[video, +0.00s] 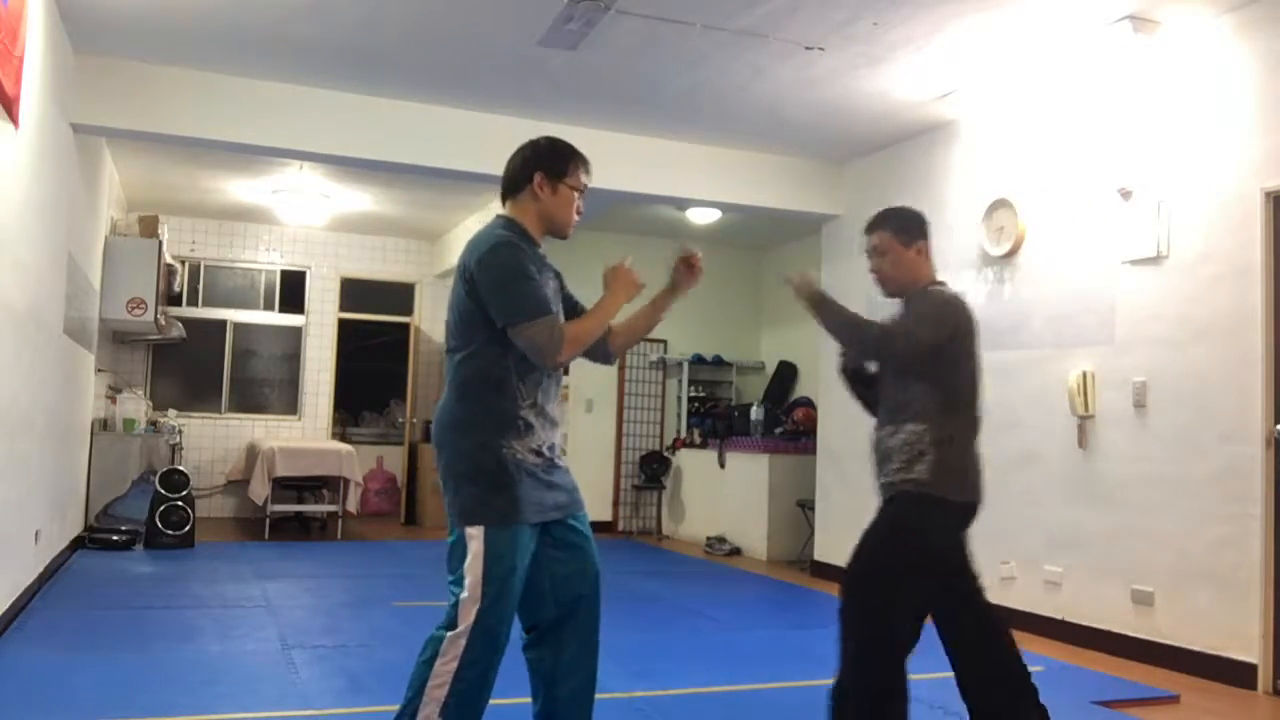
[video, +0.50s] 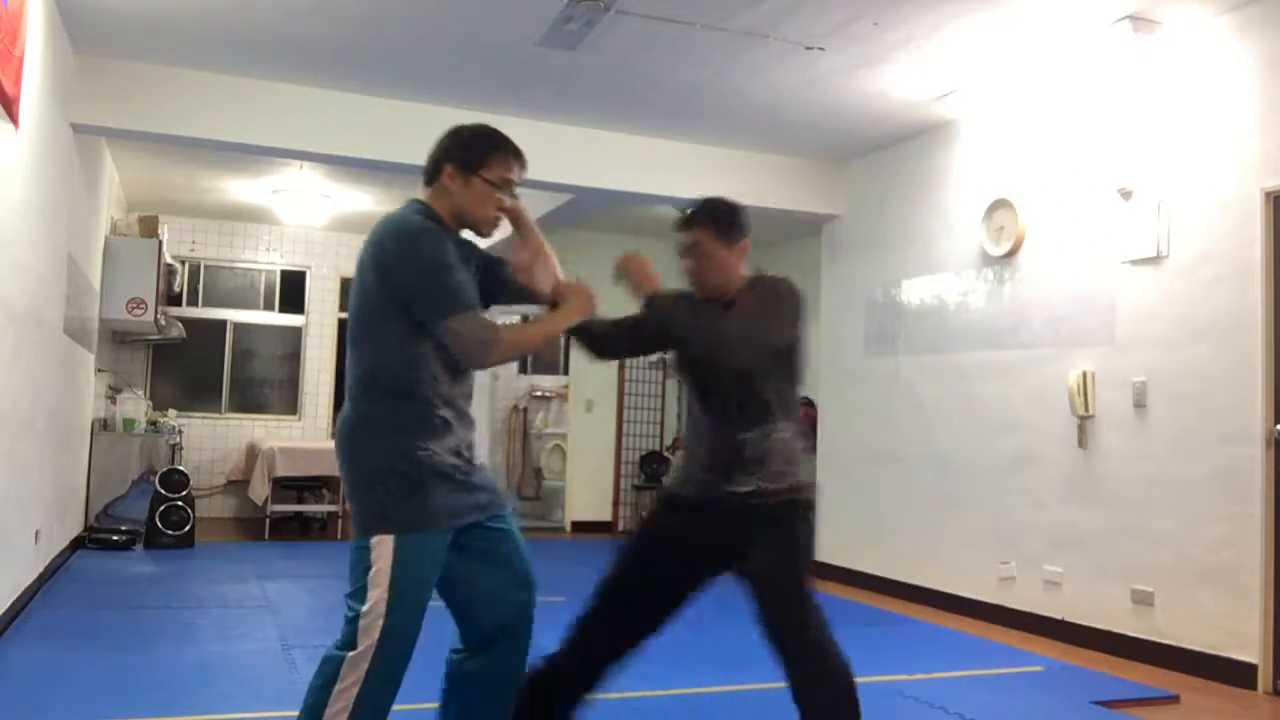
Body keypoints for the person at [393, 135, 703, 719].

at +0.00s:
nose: (583, 204)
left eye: (585, 194)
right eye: (577, 190)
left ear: (540, 189)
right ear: (540, 184)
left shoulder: (540, 267)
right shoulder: (500, 249)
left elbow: (608, 344)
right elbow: (551, 347)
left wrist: (670, 292)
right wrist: (613, 296)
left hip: (541, 459)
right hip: (491, 460)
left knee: (571, 601)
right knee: (480, 619)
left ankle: (564, 715)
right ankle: (427, 716)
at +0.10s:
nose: (580, 217)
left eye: (582, 205)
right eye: (574, 202)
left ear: (535, 198)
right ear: (534, 194)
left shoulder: (529, 267)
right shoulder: (496, 255)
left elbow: (608, 318)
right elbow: (564, 349)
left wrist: (631, 239)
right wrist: (627, 307)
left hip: (530, 470)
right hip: (479, 470)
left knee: (567, 604)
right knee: (462, 623)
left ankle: (563, 716)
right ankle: (395, 714)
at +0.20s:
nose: (567, 221)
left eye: (570, 210)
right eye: (560, 206)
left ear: (519, 202)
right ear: (519, 199)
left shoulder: (513, 264)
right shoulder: (482, 256)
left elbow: (607, 291)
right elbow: (570, 344)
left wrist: (578, 221)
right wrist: (640, 312)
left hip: (510, 484)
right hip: (451, 481)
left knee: (551, 637)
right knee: (417, 629)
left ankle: (561, 713)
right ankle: (347, 714)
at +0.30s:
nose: (546, 215)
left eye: (551, 204)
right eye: (540, 200)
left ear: (499, 195)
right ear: (497, 191)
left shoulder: (488, 258)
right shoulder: (457, 249)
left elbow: (583, 287)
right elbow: (547, 347)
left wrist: (550, 221)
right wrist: (614, 312)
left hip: (477, 475)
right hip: (420, 473)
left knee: (517, 642)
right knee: (384, 634)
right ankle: (323, 716)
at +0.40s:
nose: (527, 208)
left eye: (531, 195)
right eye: (520, 191)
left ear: (475, 187)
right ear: (473, 181)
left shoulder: (468, 253)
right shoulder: (431, 241)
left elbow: (552, 295)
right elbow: (505, 345)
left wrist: (559, 261)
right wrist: (584, 312)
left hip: (458, 464)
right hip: (405, 464)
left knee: (505, 603)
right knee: (383, 625)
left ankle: (506, 718)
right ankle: (325, 719)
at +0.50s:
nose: (506, 202)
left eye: (511, 191)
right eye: (499, 187)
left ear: (455, 182)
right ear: (452, 176)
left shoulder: (452, 248)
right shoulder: (411, 236)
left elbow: (541, 281)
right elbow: (476, 344)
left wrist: (514, 206)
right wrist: (565, 315)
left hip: (456, 467)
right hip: (399, 468)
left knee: (504, 611)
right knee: (378, 640)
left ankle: (478, 717)